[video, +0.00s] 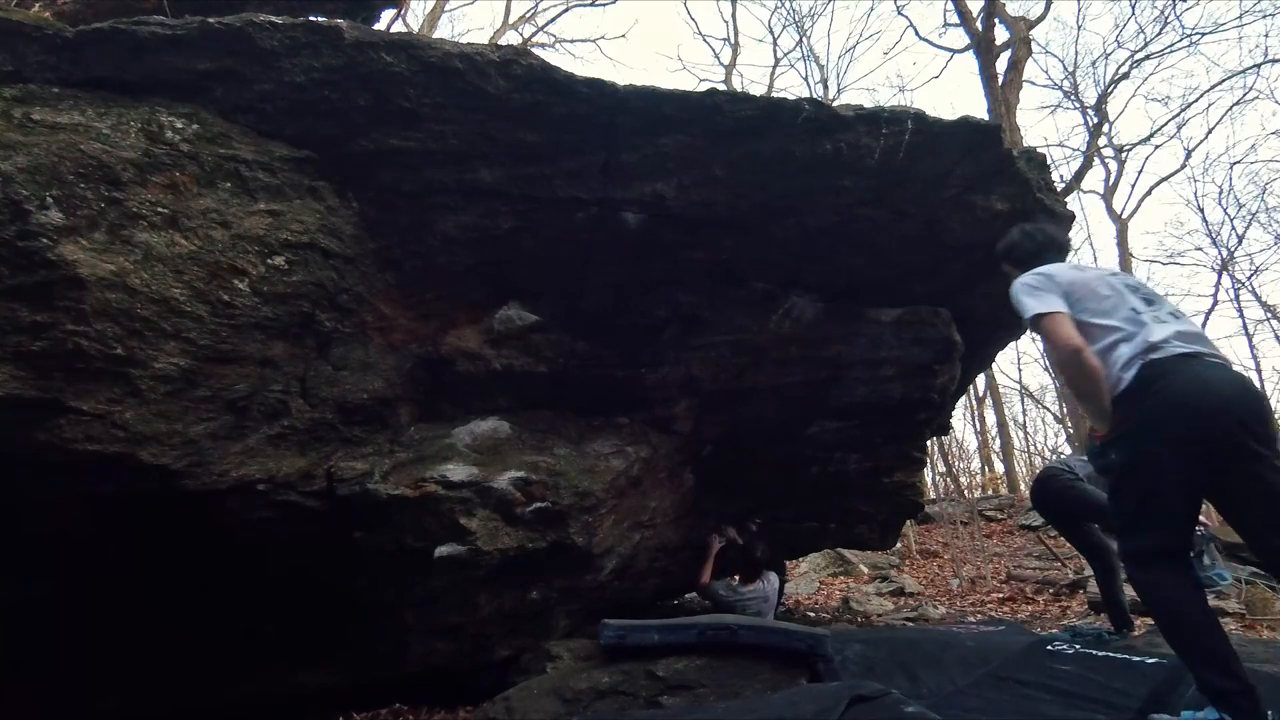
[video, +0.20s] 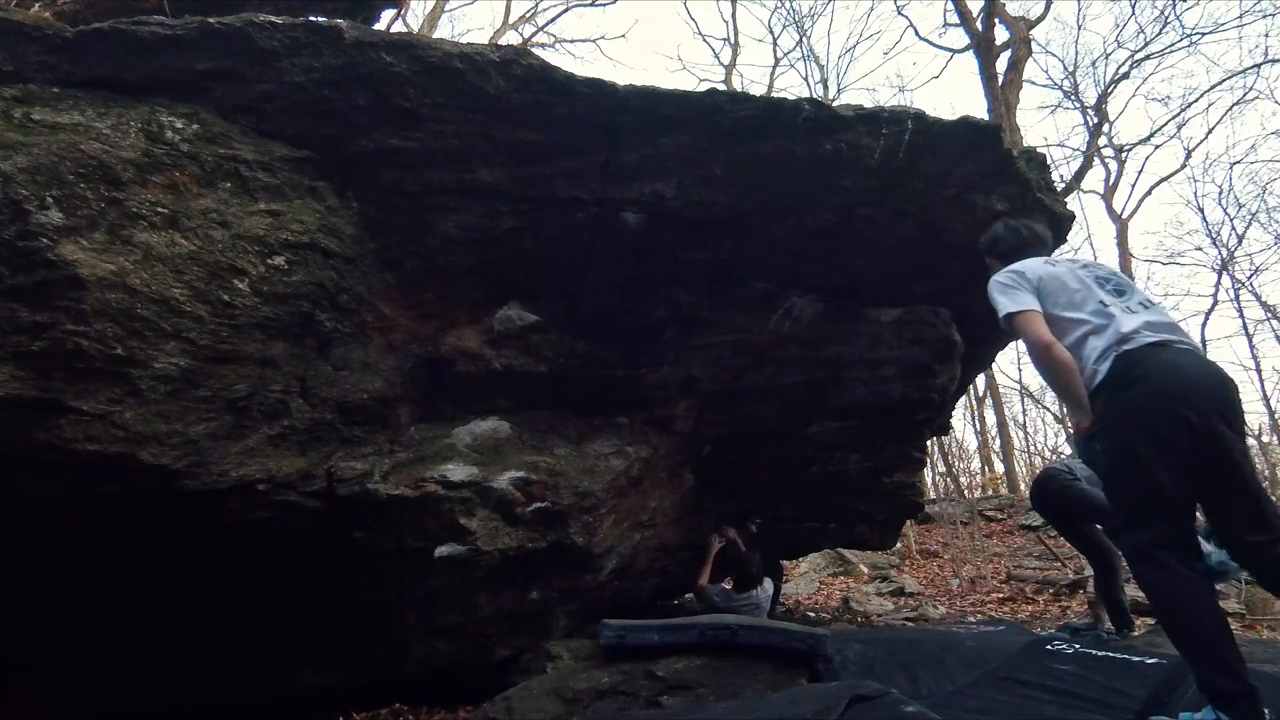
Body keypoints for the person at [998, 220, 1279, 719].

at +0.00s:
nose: (1008, 278)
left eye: (1007, 272)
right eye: (1007, 273)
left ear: (1015, 267)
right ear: (1060, 250)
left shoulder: (1032, 280)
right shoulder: (1117, 278)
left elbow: (1071, 349)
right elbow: (1175, 332)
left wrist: (1104, 425)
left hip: (1158, 399)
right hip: (1233, 388)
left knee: (1155, 560)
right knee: (1275, 545)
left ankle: (1235, 703)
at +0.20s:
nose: (991, 274)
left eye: (990, 267)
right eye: (989, 269)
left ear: (997, 262)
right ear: (1045, 247)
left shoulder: (1009, 275)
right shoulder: (1095, 268)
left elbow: (1045, 345)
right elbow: (1150, 322)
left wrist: (1080, 415)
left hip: (1135, 387)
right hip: (1203, 373)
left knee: (1160, 555)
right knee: (1255, 532)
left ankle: (1235, 704)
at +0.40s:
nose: (989, 280)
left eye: (987, 275)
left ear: (994, 269)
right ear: (1042, 253)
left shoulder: (1001, 284)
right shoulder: (1094, 268)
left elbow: (1031, 348)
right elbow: (1177, 317)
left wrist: (1077, 416)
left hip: (1134, 379)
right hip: (1201, 369)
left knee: (1161, 554)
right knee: (1214, 536)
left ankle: (1236, 705)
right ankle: (1273, 609)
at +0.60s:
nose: (996, 278)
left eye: (994, 272)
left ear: (1002, 267)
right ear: (1046, 249)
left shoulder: (1004, 285)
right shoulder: (1104, 265)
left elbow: (1028, 352)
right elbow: (1177, 320)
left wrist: (1076, 417)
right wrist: (1180, 374)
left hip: (1131, 380)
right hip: (1198, 369)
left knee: (1170, 555)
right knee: (1216, 540)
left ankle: (1234, 704)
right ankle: (1279, 663)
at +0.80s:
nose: (1007, 270)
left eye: (1007, 263)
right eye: (1007, 264)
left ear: (1016, 260)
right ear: (1060, 244)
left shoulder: (1019, 277)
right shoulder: (1119, 265)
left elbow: (1043, 345)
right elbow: (1183, 328)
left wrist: (1081, 420)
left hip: (1131, 378)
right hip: (1199, 369)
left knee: (1174, 552)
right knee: (1236, 540)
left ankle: (1235, 701)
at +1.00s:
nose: (1025, 260)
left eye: (1025, 255)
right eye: (1023, 255)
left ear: (1035, 250)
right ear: (1083, 240)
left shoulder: (1037, 270)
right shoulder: (1140, 264)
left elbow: (1057, 343)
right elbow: (1194, 330)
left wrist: (1090, 417)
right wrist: (1188, 379)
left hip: (1141, 381)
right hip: (1210, 377)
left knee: (1181, 548)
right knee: (1243, 533)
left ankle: (1239, 700)